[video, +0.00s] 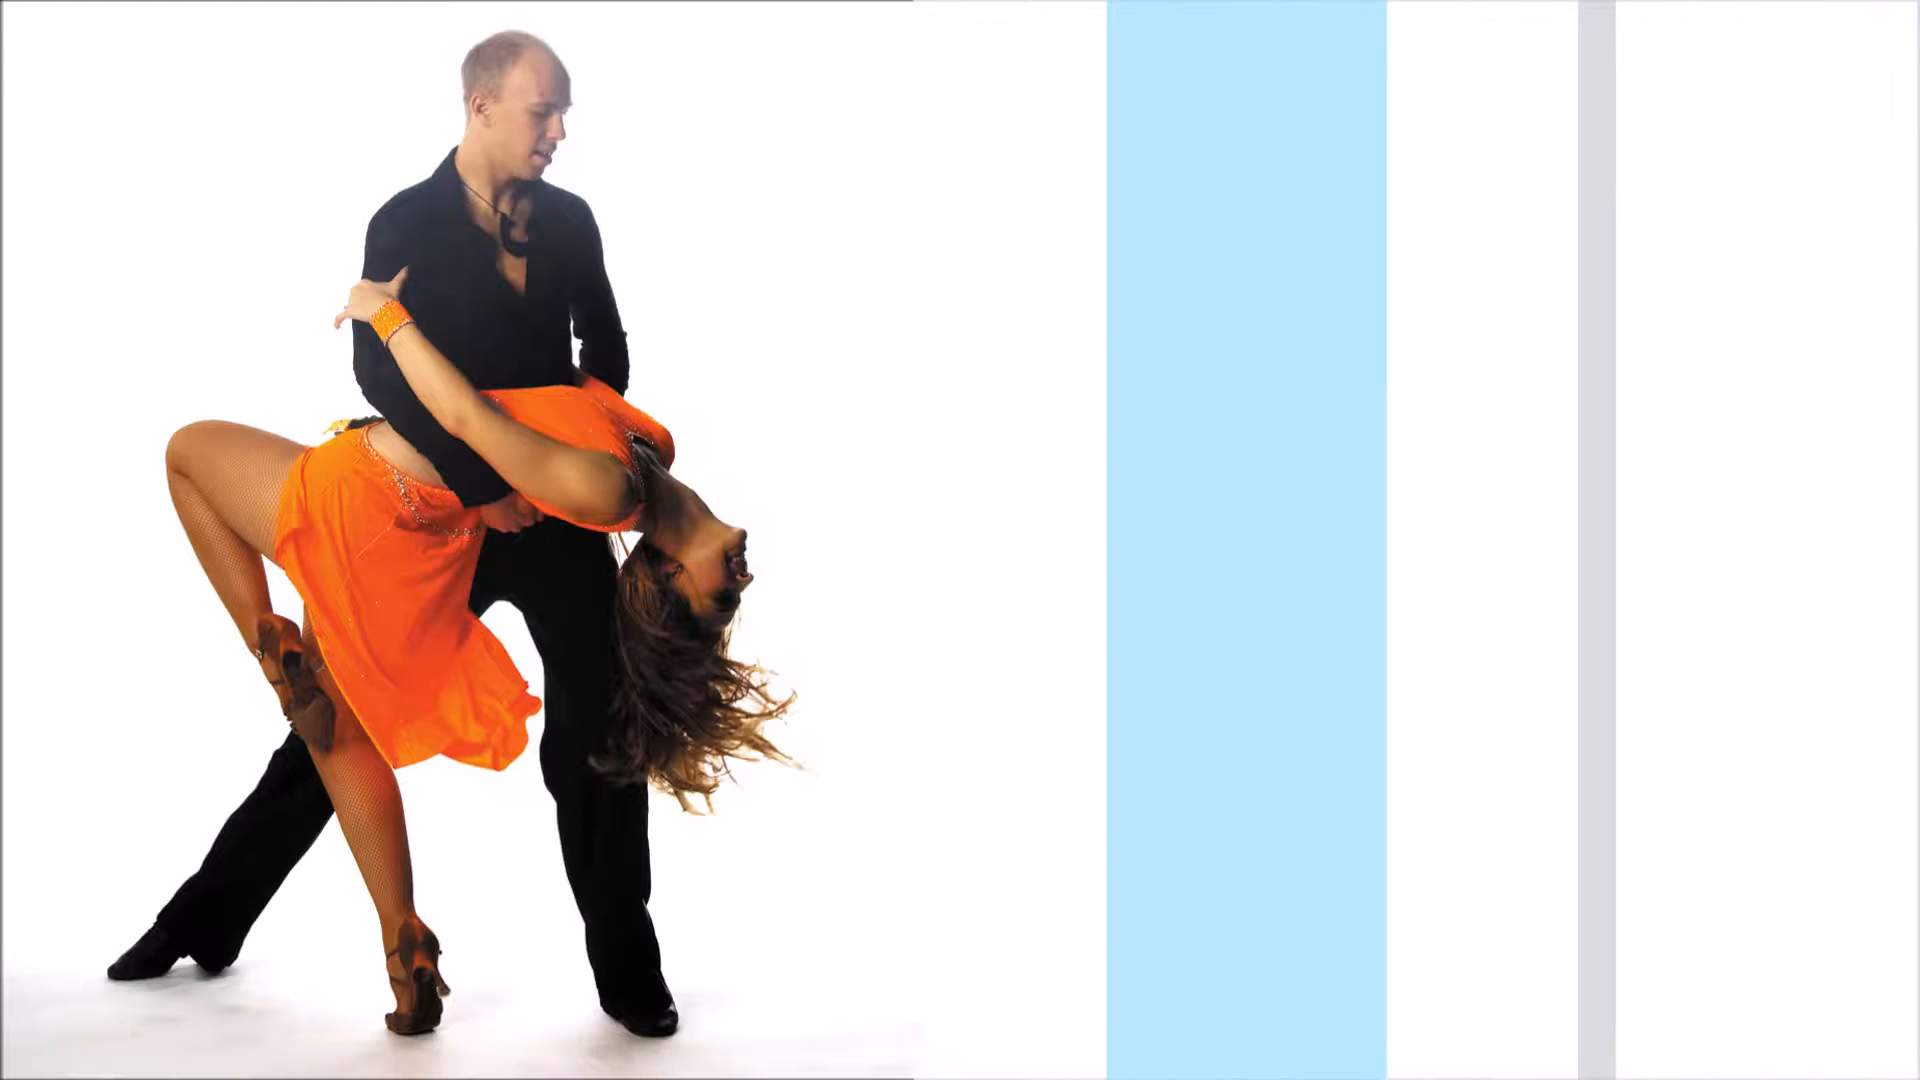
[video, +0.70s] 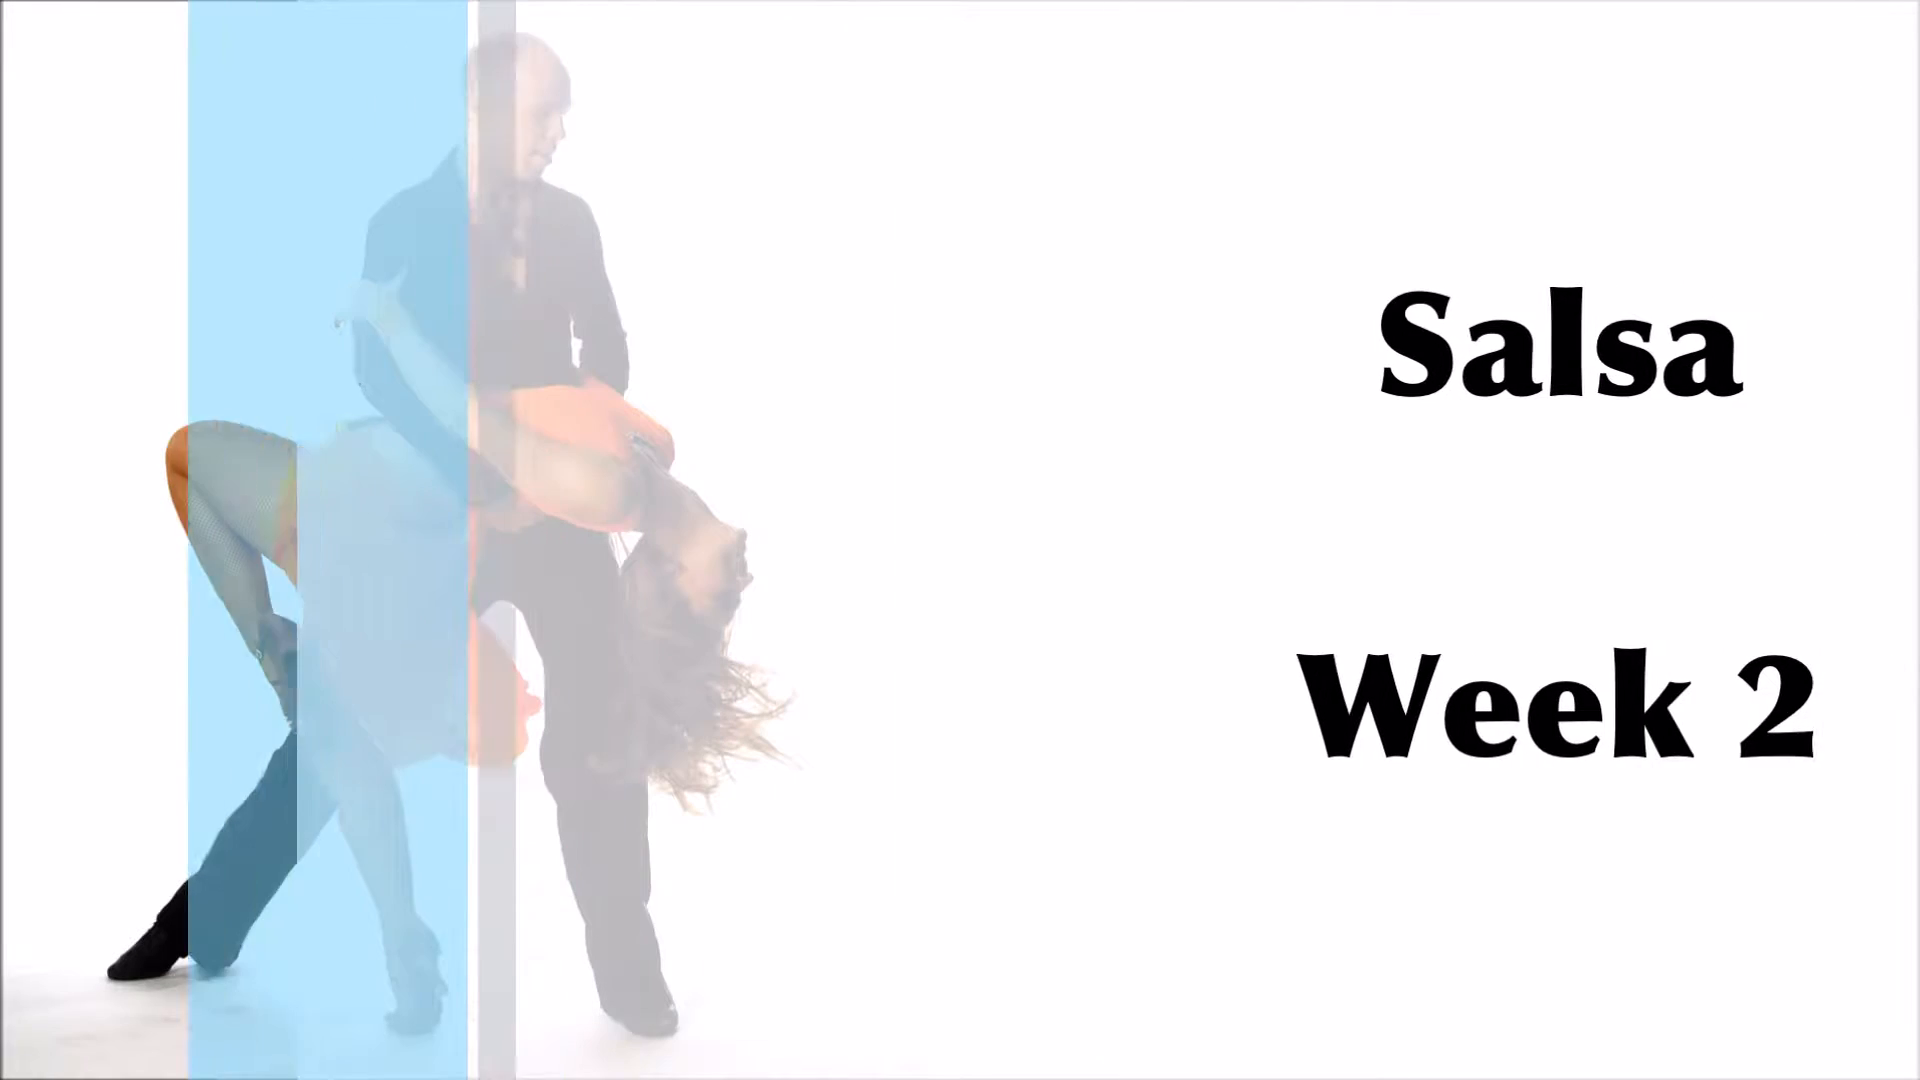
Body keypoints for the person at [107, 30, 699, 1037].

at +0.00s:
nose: (557, 134)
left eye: (563, 117)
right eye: (543, 115)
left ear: (552, 122)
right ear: (478, 109)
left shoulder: (567, 221)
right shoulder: (405, 224)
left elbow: (607, 350)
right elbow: (377, 372)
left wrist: (604, 471)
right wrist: (475, 481)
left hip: (552, 527)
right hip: (441, 524)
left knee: (597, 730)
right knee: (335, 722)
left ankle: (631, 973)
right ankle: (205, 923)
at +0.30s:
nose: (556, 134)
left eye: (561, 117)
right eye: (541, 115)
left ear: (550, 121)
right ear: (477, 111)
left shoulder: (570, 224)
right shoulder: (406, 226)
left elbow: (605, 374)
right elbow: (386, 379)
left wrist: (601, 487)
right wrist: (491, 490)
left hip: (553, 526)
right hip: (439, 520)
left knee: (589, 747)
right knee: (332, 730)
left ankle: (627, 975)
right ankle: (205, 922)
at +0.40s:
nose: (543, 132)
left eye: (547, 113)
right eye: (531, 110)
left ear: (522, 113)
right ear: (481, 108)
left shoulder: (552, 226)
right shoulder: (410, 226)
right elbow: (387, 378)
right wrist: (489, 482)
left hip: (515, 518)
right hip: (395, 510)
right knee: (342, 733)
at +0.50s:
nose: (535, 132)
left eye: (548, 112)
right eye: (517, 110)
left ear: (560, 119)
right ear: (476, 110)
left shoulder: (570, 224)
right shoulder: (407, 222)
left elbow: (604, 360)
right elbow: (383, 374)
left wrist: (603, 473)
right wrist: (469, 469)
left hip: (547, 518)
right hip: (436, 502)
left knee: (596, 727)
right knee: (349, 709)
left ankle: (625, 957)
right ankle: (208, 920)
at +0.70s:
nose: (550, 135)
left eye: (557, 115)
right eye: (535, 114)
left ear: (559, 121)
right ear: (482, 114)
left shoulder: (570, 225)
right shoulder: (411, 220)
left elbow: (604, 354)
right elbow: (380, 365)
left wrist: (606, 455)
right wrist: (471, 473)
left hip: (557, 522)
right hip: (449, 514)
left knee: (600, 727)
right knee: (345, 712)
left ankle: (627, 965)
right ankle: (202, 920)